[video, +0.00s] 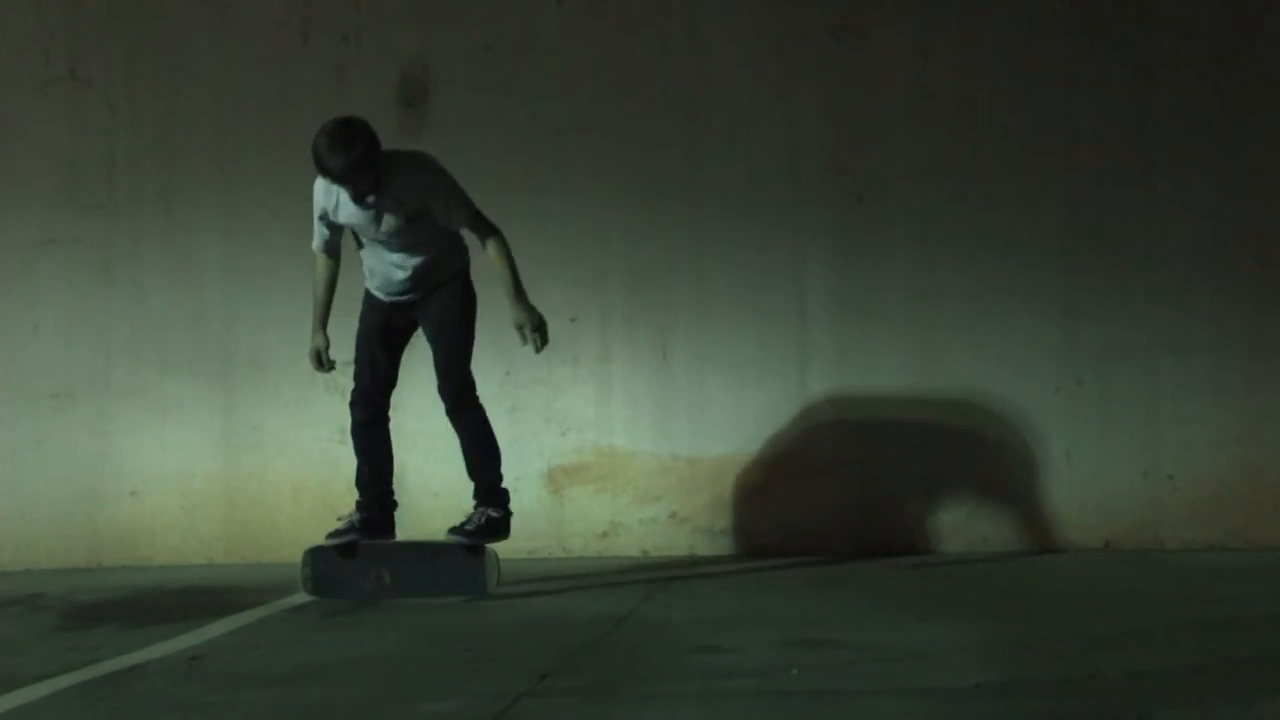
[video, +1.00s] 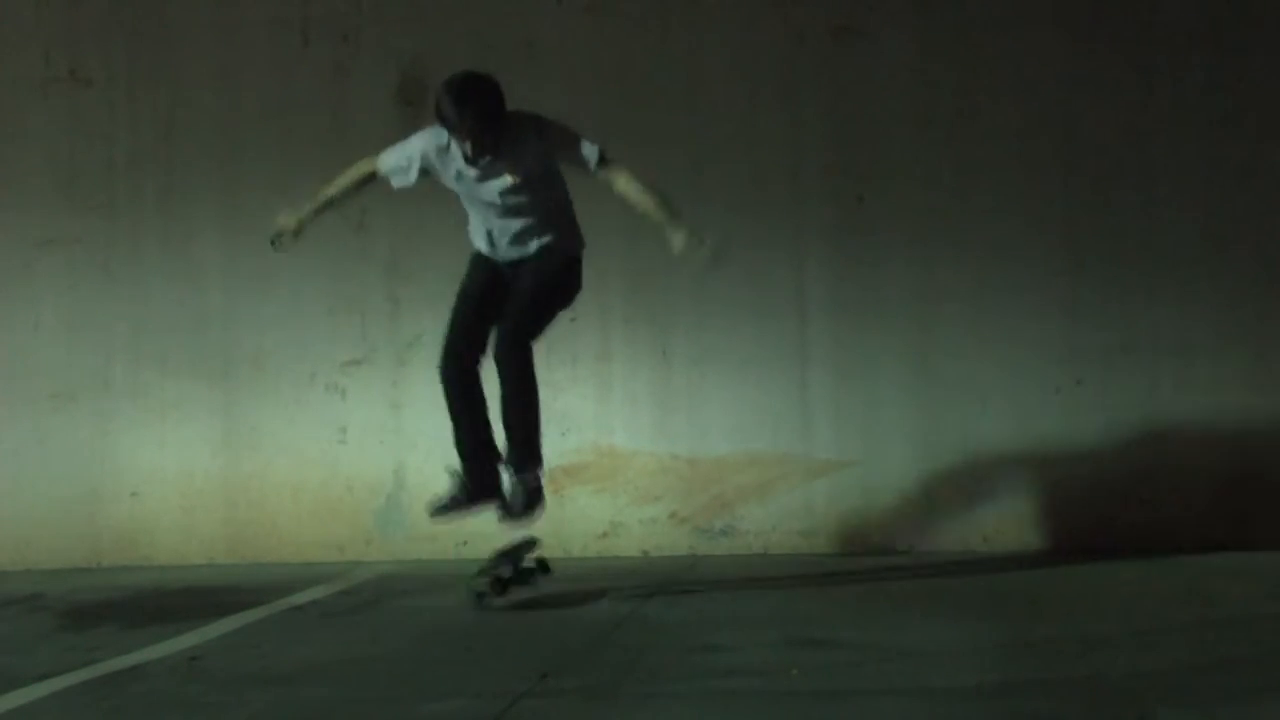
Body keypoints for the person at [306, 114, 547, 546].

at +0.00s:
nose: (360, 194)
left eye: (364, 183)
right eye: (348, 187)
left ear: (377, 163)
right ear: (333, 178)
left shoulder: (419, 175)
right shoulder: (327, 189)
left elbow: (487, 234)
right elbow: (326, 253)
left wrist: (520, 303)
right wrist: (318, 329)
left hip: (443, 289)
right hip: (383, 295)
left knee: (456, 394)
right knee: (366, 403)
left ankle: (492, 507)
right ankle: (374, 514)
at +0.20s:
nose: (378, 179)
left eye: (385, 168)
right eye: (368, 171)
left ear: (400, 151)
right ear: (352, 161)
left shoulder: (434, 167)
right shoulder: (339, 175)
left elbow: (502, 219)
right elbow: (325, 238)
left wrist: (546, 287)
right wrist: (314, 312)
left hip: (446, 285)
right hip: (386, 291)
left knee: (444, 396)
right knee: (369, 404)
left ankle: (457, 507)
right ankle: (374, 516)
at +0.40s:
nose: (424, 157)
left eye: (433, 146)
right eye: (415, 146)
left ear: (448, 134)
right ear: (397, 134)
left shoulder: (473, 154)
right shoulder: (372, 148)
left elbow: (546, 189)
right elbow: (339, 185)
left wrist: (619, 240)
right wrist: (319, 249)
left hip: (458, 281)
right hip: (395, 281)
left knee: (455, 395)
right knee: (370, 395)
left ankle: (464, 508)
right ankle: (370, 503)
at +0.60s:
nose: (475, 158)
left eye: (483, 148)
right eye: (465, 149)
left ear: (496, 133)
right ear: (446, 134)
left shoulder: (519, 160)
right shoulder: (418, 155)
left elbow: (585, 200)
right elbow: (386, 218)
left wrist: (652, 247)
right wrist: (375, 292)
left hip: (480, 302)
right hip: (417, 298)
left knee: (469, 412)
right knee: (373, 406)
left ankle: (459, 515)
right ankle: (341, 506)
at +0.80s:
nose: (464, 111)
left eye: (472, 101)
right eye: (454, 101)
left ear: (492, 84)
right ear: (440, 88)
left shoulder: (526, 97)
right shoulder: (425, 102)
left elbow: (605, 97)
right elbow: (372, 124)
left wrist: (695, 108)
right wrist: (320, 163)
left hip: (514, 228)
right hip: (454, 219)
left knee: (485, 340)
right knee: (404, 308)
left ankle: (490, 439)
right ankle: (381, 424)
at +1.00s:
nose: (470, 148)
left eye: (478, 137)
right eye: (461, 138)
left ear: (498, 122)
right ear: (448, 129)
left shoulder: (534, 137)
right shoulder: (435, 146)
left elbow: (606, 168)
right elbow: (367, 171)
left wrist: (671, 224)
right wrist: (300, 215)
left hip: (552, 261)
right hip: (491, 264)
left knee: (510, 343)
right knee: (457, 359)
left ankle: (525, 478)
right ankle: (480, 479)